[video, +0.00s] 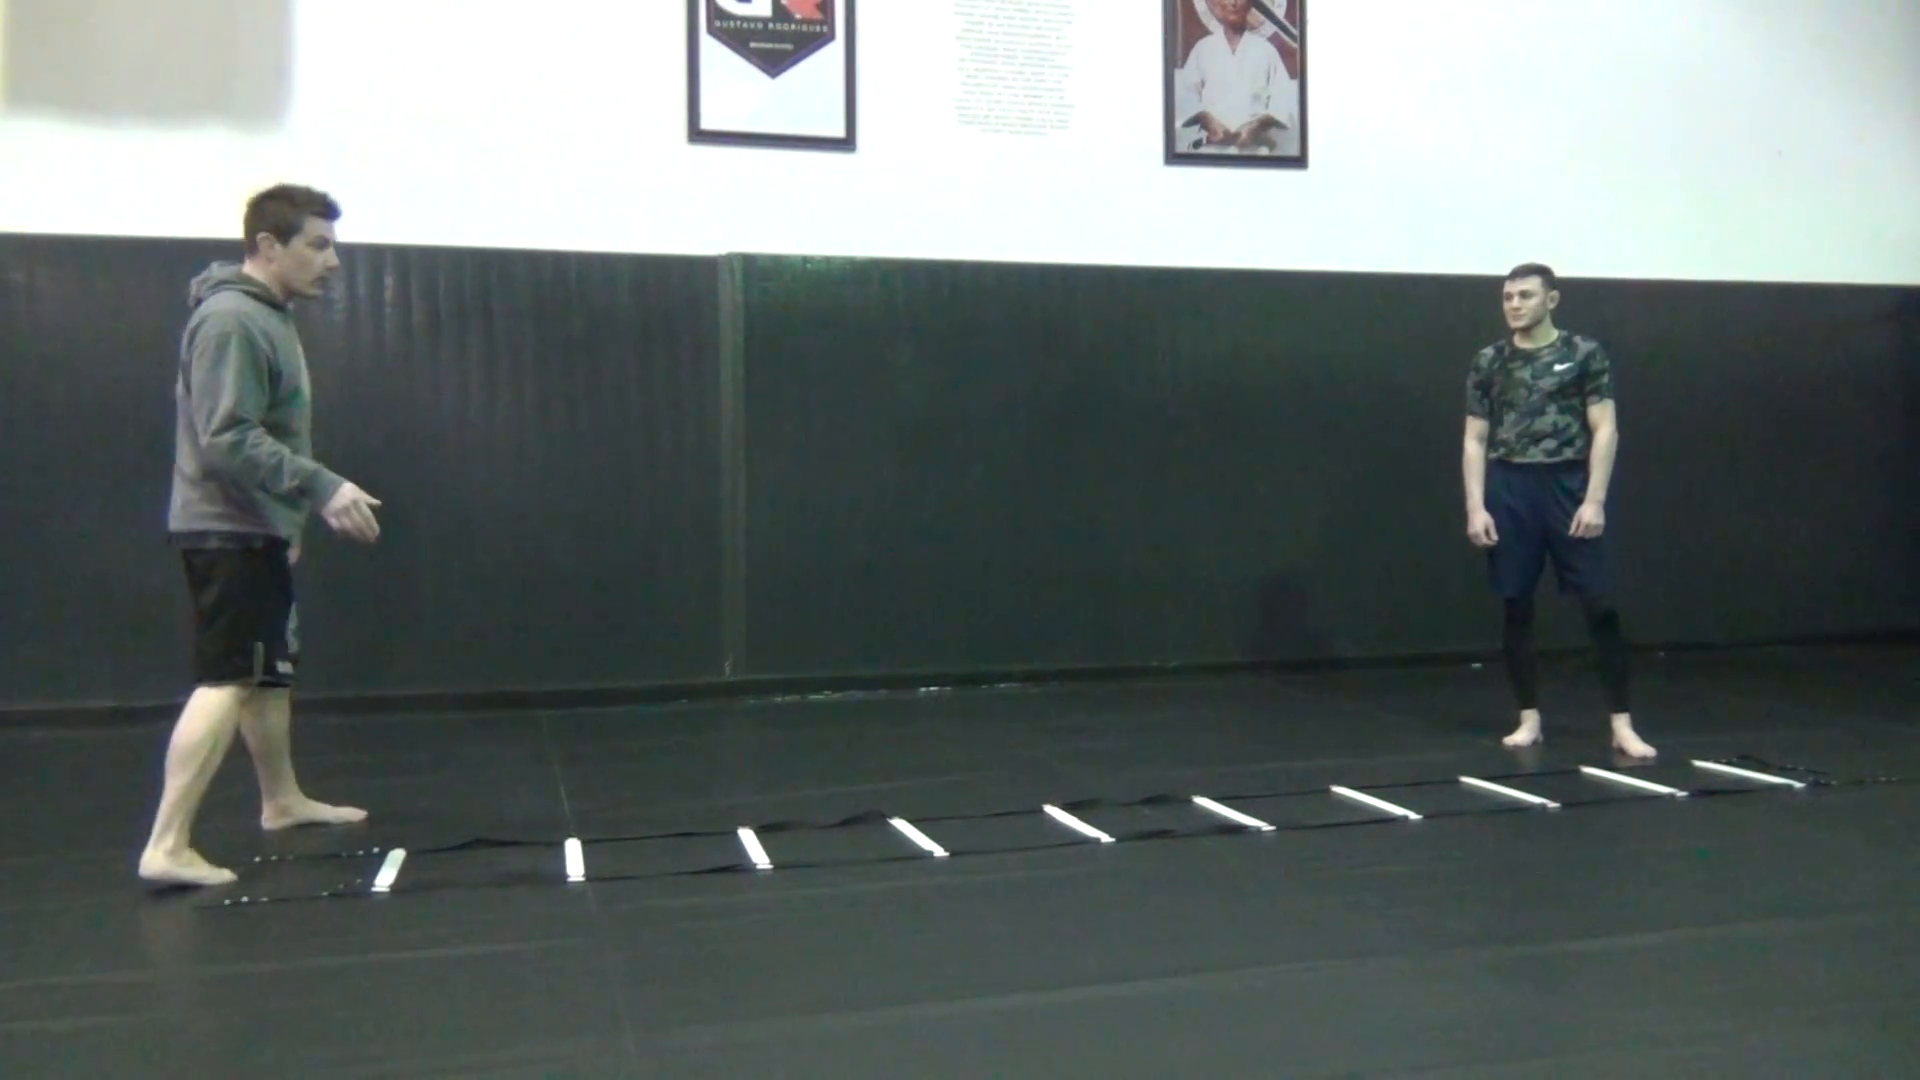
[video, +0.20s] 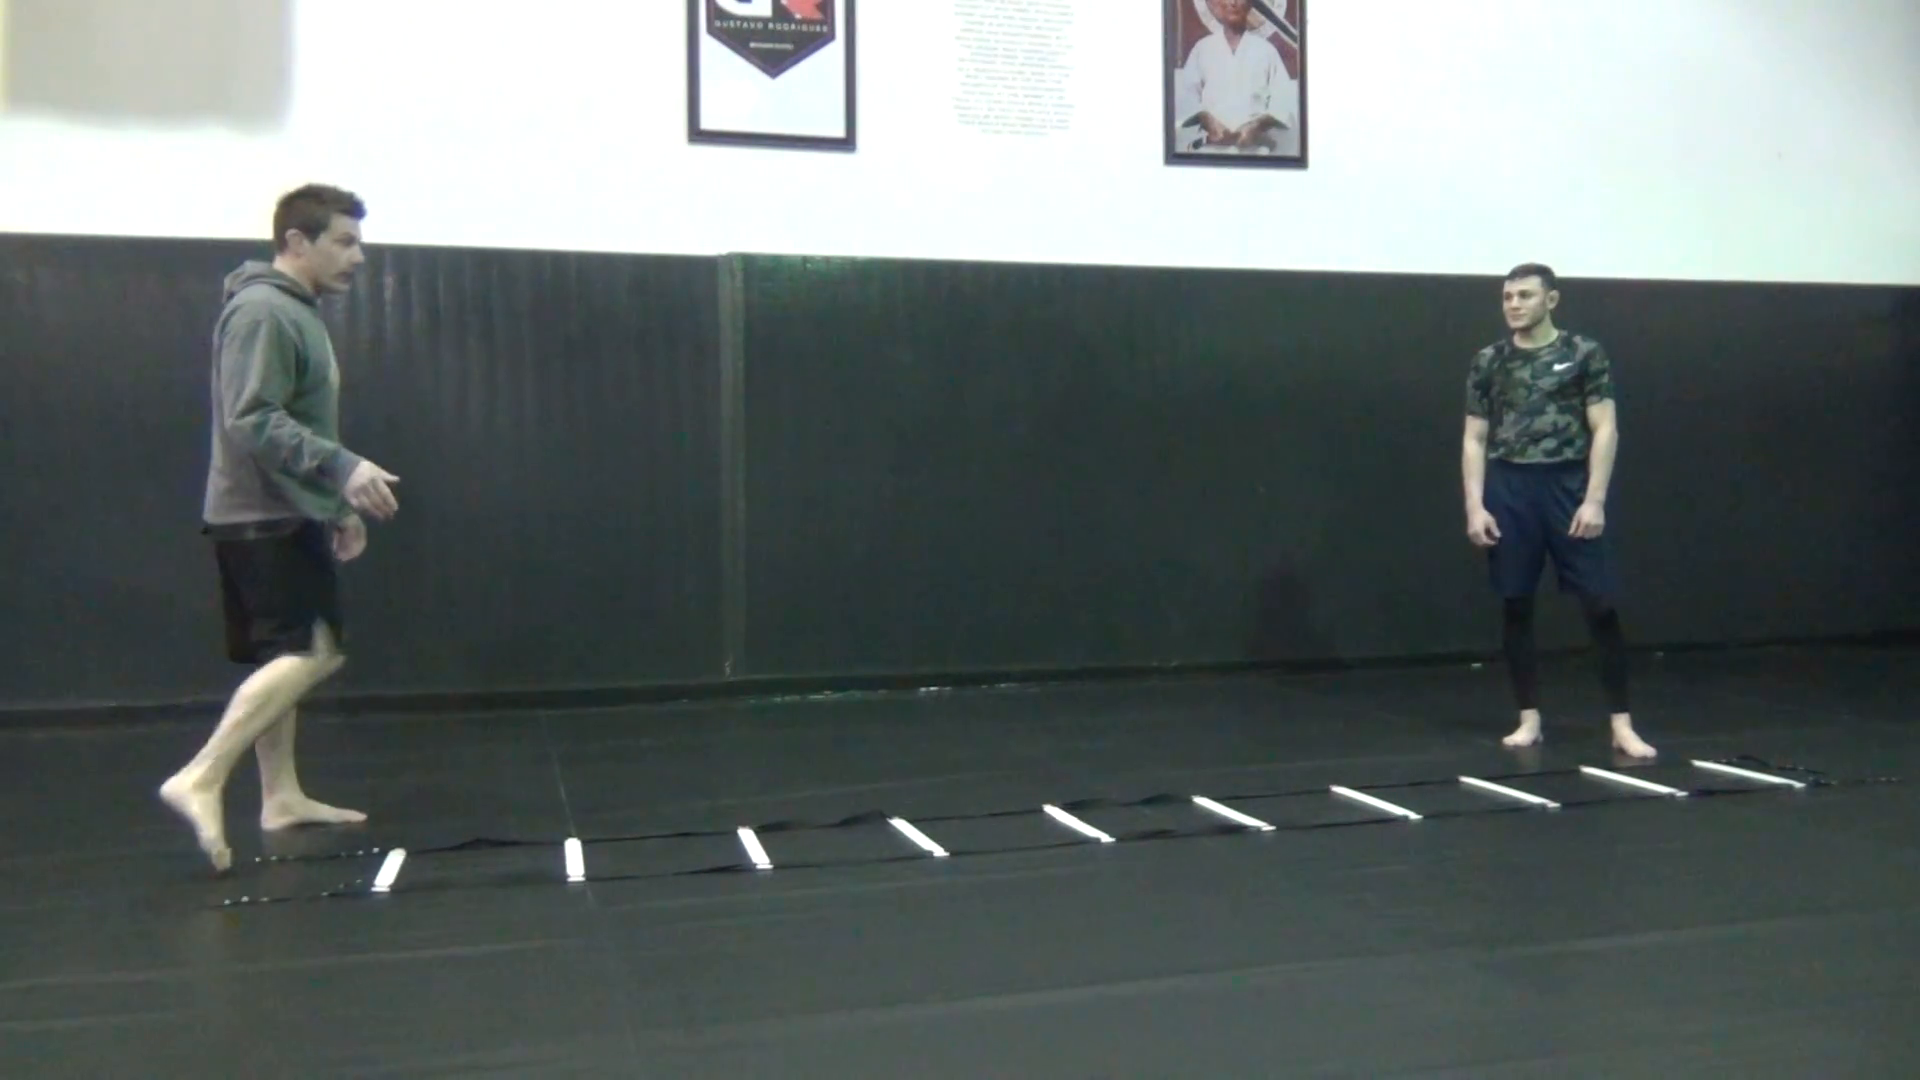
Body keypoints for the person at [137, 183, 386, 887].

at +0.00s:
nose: (332, 262)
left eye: (333, 247)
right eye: (320, 247)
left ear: (277, 250)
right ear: (267, 246)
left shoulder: (266, 315)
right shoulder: (230, 320)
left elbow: (265, 432)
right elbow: (227, 438)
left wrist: (293, 519)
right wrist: (322, 488)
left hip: (255, 529)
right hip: (222, 530)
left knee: (267, 672)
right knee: (227, 679)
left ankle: (283, 802)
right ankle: (166, 847)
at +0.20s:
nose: (355, 259)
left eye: (357, 245)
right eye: (345, 244)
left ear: (305, 247)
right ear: (297, 242)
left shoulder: (297, 312)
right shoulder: (263, 312)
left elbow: (295, 426)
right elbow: (251, 419)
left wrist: (332, 505)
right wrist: (345, 469)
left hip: (283, 515)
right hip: (258, 517)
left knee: (283, 658)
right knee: (314, 649)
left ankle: (283, 800)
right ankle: (197, 781)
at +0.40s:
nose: (381, 259)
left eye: (382, 246)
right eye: (369, 245)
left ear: (328, 248)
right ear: (322, 244)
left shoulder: (319, 311)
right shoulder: (293, 312)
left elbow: (327, 426)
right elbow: (284, 418)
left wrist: (376, 499)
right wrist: (369, 471)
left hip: (287, 512)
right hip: (302, 511)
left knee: (283, 656)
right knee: (379, 634)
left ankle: (279, 800)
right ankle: (297, 771)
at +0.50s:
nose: (396, 260)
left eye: (396, 247)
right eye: (384, 246)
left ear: (342, 249)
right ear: (337, 245)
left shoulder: (331, 312)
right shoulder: (312, 315)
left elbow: (339, 428)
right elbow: (303, 421)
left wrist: (389, 504)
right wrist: (385, 474)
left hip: (294, 513)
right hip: (324, 512)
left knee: (289, 655)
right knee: (398, 634)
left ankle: (282, 795)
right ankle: (367, 785)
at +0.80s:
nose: (450, 265)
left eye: (450, 252)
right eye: (437, 253)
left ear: (398, 258)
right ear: (392, 256)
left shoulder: (395, 320)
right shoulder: (371, 327)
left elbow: (406, 429)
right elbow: (378, 437)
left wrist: (435, 507)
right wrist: (468, 477)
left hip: (361, 518)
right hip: (383, 521)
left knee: (332, 653)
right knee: (426, 656)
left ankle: (288, 787)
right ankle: (468, 786)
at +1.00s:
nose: (495, 262)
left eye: (495, 250)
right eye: (482, 251)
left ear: (444, 255)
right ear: (438, 254)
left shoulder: (439, 319)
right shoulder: (421, 327)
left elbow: (450, 430)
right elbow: (447, 434)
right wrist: (541, 457)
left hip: (433, 517)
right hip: (439, 521)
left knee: (408, 650)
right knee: (459, 655)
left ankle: (327, 755)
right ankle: (474, 791)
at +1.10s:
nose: (516, 262)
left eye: (515, 250)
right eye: (503, 250)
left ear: (461, 256)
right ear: (459, 254)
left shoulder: (462, 319)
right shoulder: (445, 329)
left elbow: (478, 425)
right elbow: (476, 431)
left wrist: (501, 506)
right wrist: (573, 445)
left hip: (468, 514)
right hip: (456, 518)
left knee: (455, 643)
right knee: (469, 650)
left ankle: (372, 736)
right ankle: (474, 791)